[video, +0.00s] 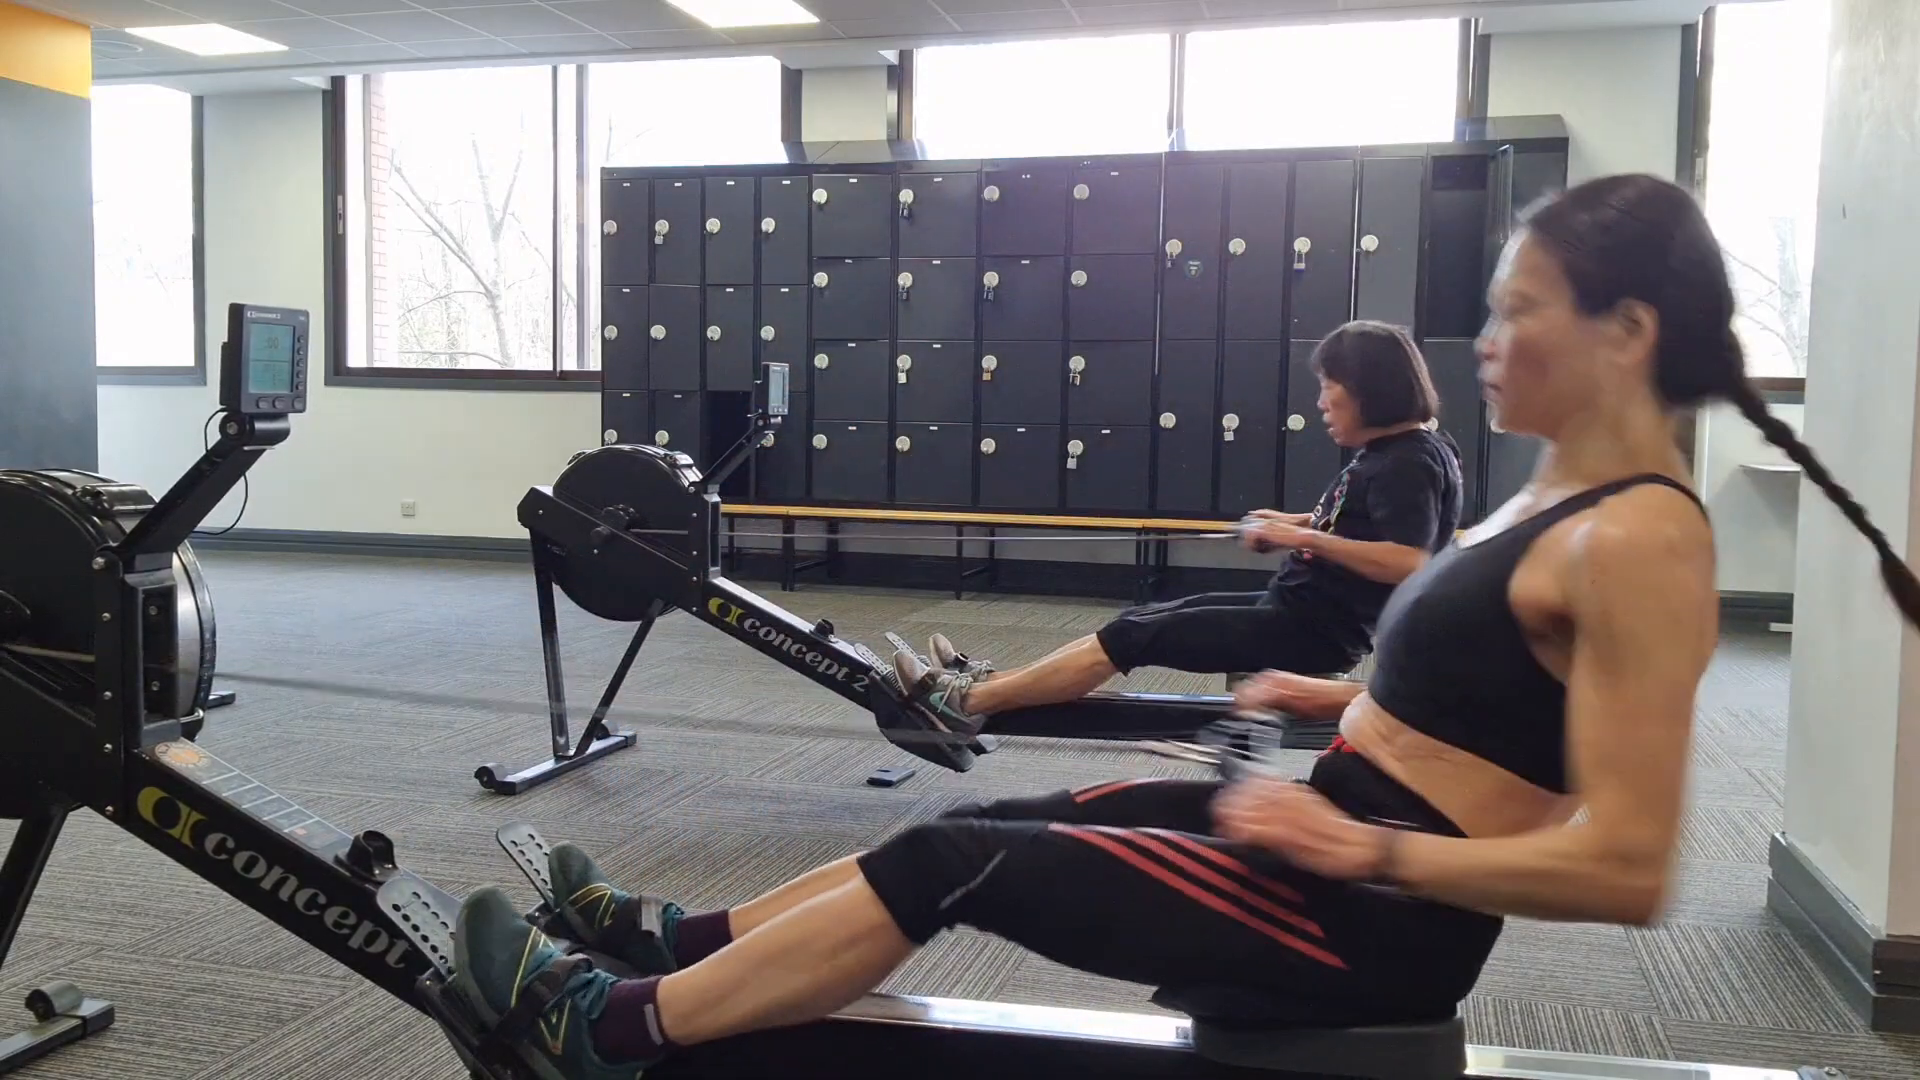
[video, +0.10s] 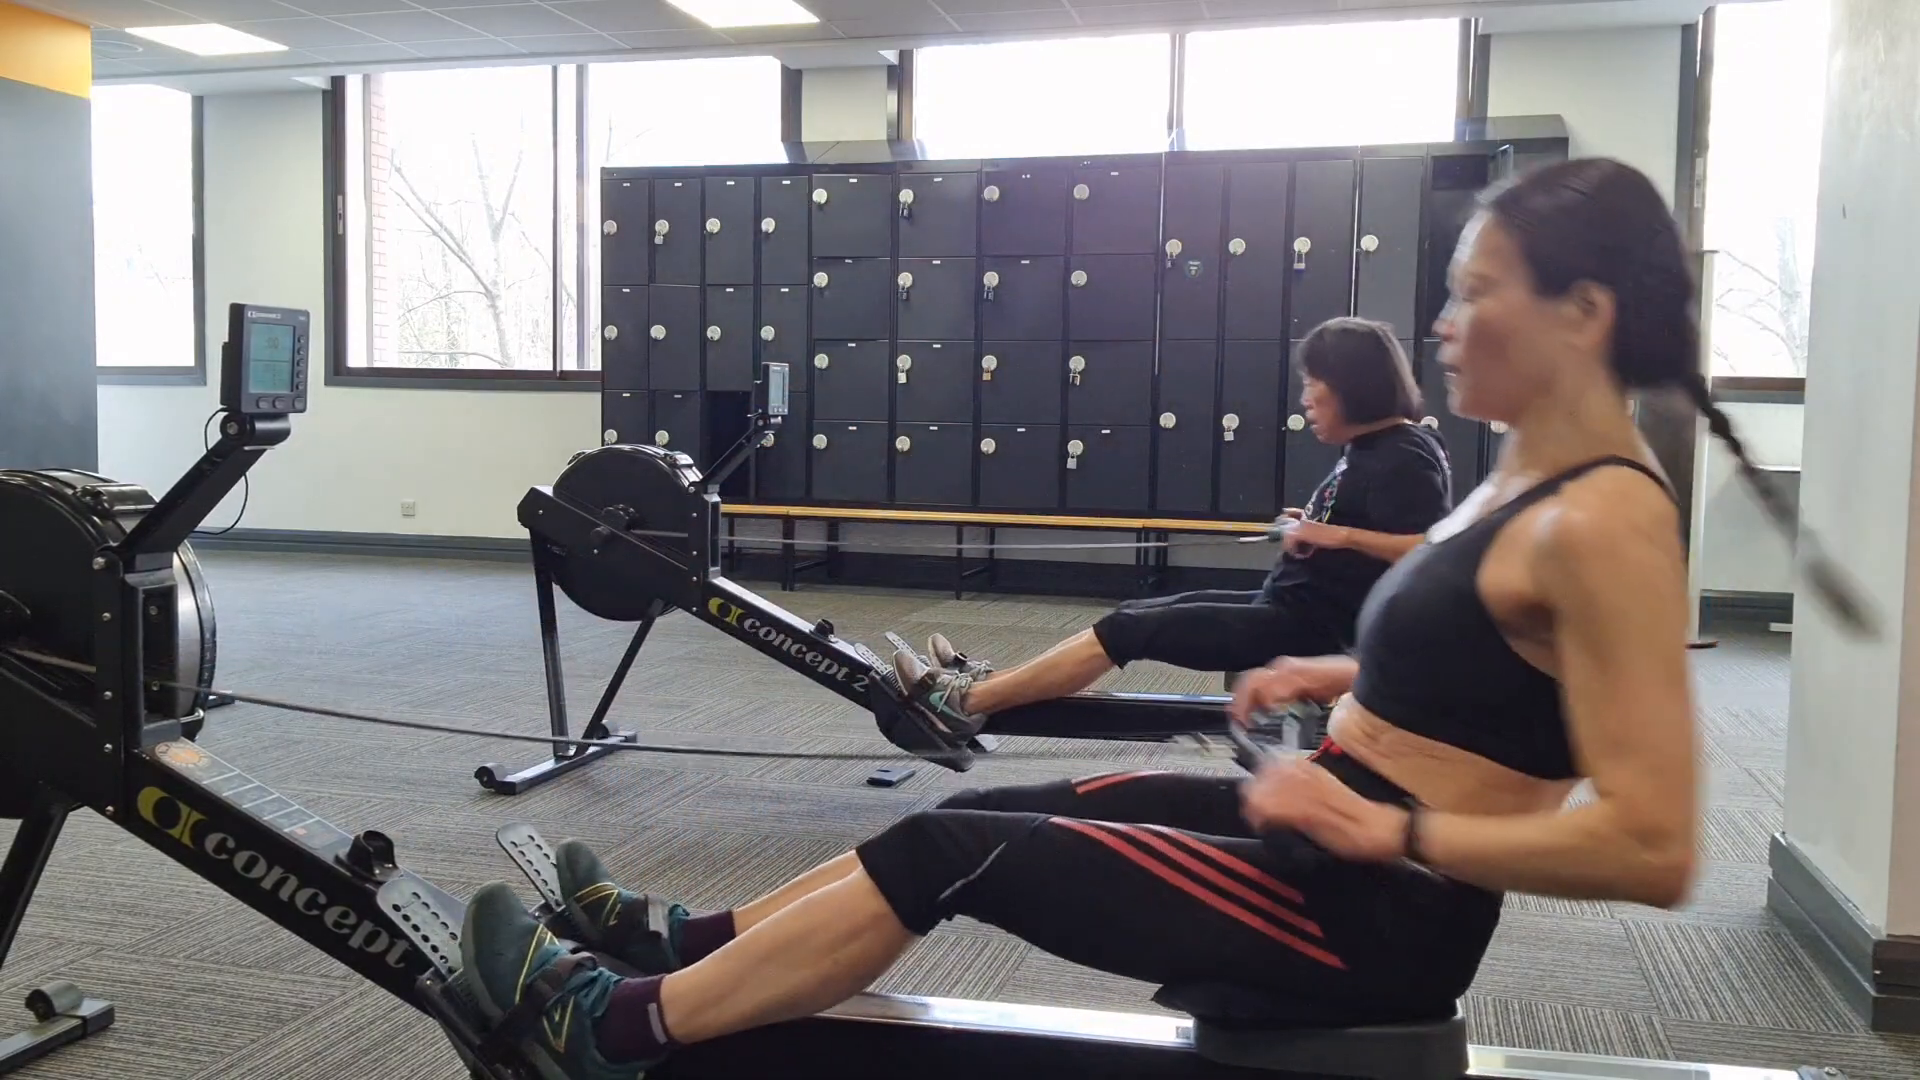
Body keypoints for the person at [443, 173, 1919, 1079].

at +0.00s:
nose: (1489, 342)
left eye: (1519, 312)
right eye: (1495, 313)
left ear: (1628, 331)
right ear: (1600, 330)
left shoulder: (1640, 538)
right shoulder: (1559, 498)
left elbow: (1631, 860)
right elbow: (1499, 736)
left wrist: (1367, 848)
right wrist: (1341, 717)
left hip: (1371, 923)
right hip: (1331, 845)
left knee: (952, 859)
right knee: (960, 823)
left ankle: (625, 1025)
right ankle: (687, 964)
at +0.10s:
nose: (1449, 331)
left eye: (1477, 300)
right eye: (1452, 302)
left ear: (1588, 313)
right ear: (1555, 318)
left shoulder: (1609, 518)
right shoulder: (1529, 477)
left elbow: (1656, 844)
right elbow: (1508, 716)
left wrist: (1389, 836)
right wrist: (1349, 687)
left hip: (1366, 919)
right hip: (1327, 841)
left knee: (958, 844)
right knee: (960, 807)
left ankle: (634, 1030)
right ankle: (677, 967)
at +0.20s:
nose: (1402, 303)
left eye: (1428, 275)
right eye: (1407, 276)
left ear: (1533, 299)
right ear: (1492, 308)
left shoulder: (1553, 504)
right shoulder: (1479, 476)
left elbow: (1531, 822)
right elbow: (1454, 739)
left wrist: (1279, 772)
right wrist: (1324, 722)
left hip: (1364, 917)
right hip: (1331, 854)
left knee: (955, 837)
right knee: (963, 801)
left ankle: (620, 1036)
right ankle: (699, 951)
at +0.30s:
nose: (1330, 293)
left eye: (1359, 263)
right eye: (1336, 263)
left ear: (1457, 284)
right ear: (1429, 284)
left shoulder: (1483, 487)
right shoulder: (1423, 468)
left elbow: (1377, 784)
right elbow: (1352, 713)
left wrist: (1130, 725)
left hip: (1344, 917)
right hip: (1308, 860)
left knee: (933, 822)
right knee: (958, 780)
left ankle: (639, 1034)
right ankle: (695, 956)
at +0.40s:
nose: (1244, 285)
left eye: (1272, 255)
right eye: (1250, 257)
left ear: (1369, 279)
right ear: (1344, 281)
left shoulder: (1386, 470)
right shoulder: (1370, 456)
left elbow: (1213, 753)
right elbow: (1244, 668)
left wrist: (990, 688)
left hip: (1306, 913)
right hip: (1282, 869)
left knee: (921, 801)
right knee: (939, 755)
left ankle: (642, 1028)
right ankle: (698, 965)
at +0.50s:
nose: (1155, 283)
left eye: (1182, 255)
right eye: (1164, 254)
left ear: (1272, 280)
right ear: (1265, 283)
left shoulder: (1277, 469)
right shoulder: (1284, 443)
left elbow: (1066, 713)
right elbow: (1172, 586)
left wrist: (857, 680)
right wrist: (992, 577)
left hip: (1266, 901)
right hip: (1257, 845)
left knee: (881, 781)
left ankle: (636, 1025)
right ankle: (695, 961)